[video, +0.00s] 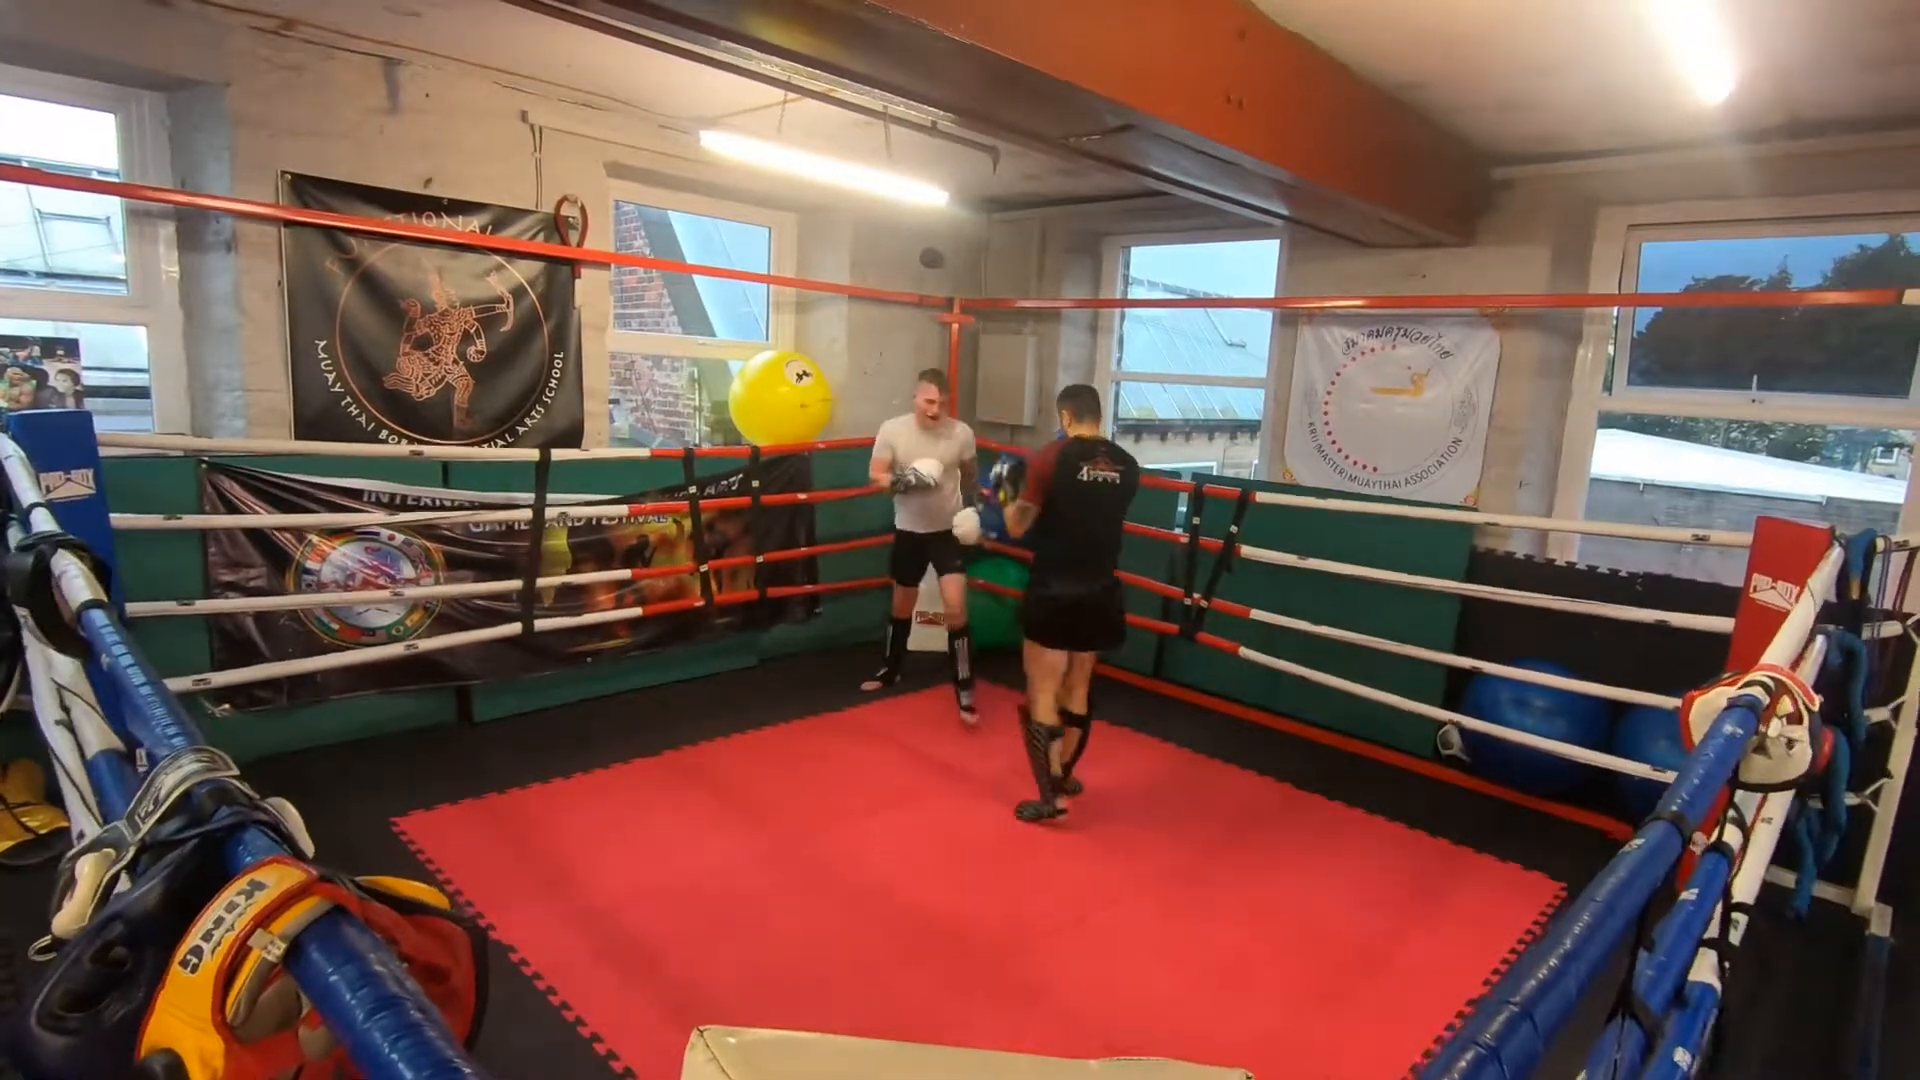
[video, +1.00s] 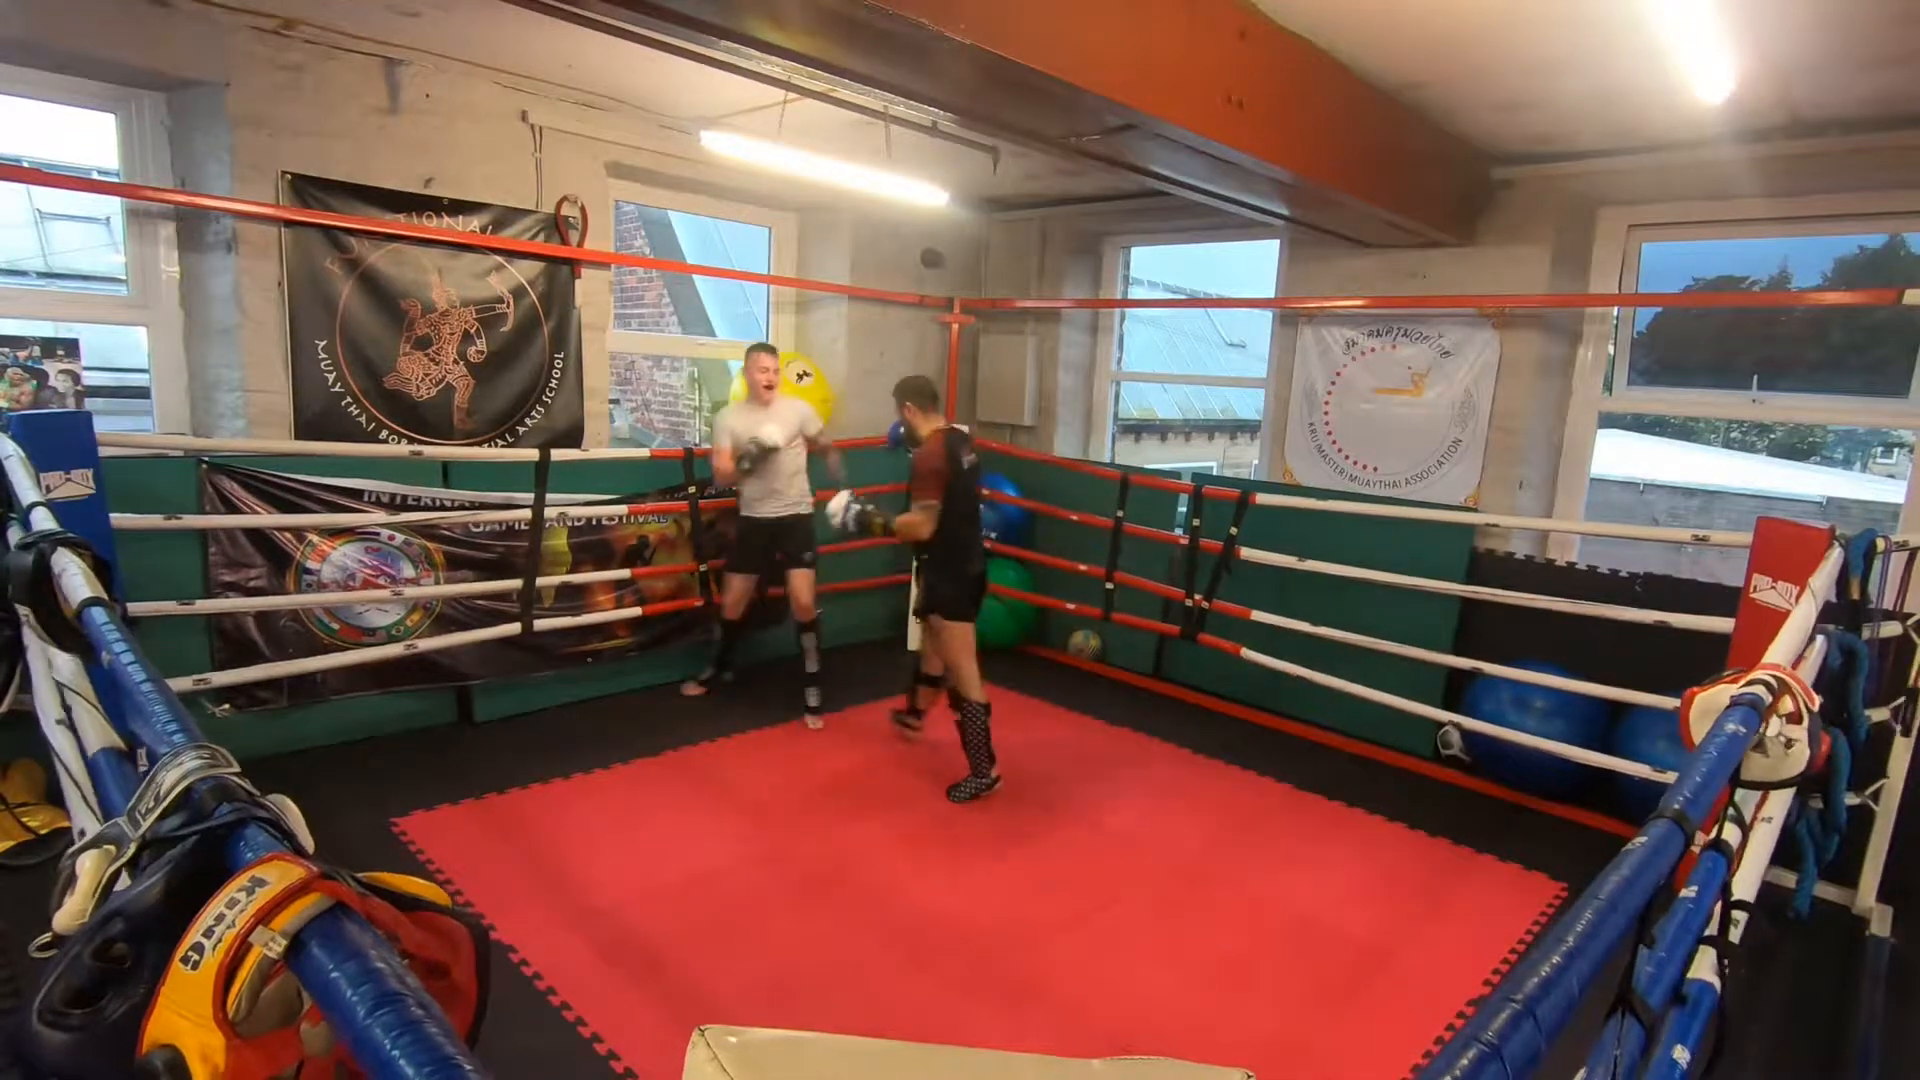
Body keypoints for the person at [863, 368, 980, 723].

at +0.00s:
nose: (932, 409)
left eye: (938, 402)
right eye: (926, 401)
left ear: (947, 402)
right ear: (914, 400)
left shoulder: (961, 434)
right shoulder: (892, 430)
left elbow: (970, 477)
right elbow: (876, 477)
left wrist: (971, 511)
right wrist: (902, 479)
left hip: (947, 533)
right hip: (908, 533)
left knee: (956, 607)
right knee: (901, 605)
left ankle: (964, 689)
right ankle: (890, 670)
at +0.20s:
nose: (946, 426)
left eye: (951, 420)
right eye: (940, 419)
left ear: (957, 418)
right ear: (924, 415)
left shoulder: (963, 444)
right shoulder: (898, 441)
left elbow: (973, 490)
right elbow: (871, 487)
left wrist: (970, 525)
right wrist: (901, 490)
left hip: (939, 547)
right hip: (897, 545)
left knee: (943, 620)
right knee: (889, 613)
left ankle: (957, 714)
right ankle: (887, 669)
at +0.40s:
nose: (947, 421)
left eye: (952, 415)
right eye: (942, 413)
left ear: (957, 416)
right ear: (925, 407)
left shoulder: (959, 443)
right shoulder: (890, 433)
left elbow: (960, 503)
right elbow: (860, 474)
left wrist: (941, 492)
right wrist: (885, 486)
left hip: (928, 544)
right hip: (885, 540)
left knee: (938, 627)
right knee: (855, 618)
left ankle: (955, 716)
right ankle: (845, 673)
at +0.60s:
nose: (876, 408)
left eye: (883, 401)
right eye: (870, 400)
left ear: (895, 404)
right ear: (862, 403)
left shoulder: (913, 446)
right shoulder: (844, 445)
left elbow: (938, 489)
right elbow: (825, 501)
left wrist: (925, 522)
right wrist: (853, 484)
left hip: (907, 555)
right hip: (862, 552)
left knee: (929, 638)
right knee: (824, 626)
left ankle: (954, 721)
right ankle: (801, 706)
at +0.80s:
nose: (807, 377)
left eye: (812, 370)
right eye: (800, 371)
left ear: (820, 375)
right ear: (787, 377)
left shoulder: (843, 413)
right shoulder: (775, 421)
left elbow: (881, 451)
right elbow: (772, 479)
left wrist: (908, 484)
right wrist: (806, 465)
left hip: (847, 525)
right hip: (803, 529)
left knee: (870, 608)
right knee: (796, 616)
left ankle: (901, 693)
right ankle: (798, 704)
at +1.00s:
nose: (769, 377)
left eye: (774, 371)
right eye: (761, 371)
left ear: (780, 374)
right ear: (746, 374)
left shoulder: (799, 411)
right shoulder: (729, 418)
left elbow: (827, 450)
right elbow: (721, 474)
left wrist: (837, 473)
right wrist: (748, 460)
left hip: (796, 517)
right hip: (753, 520)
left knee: (803, 603)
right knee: (733, 604)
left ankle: (812, 686)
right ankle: (716, 670)